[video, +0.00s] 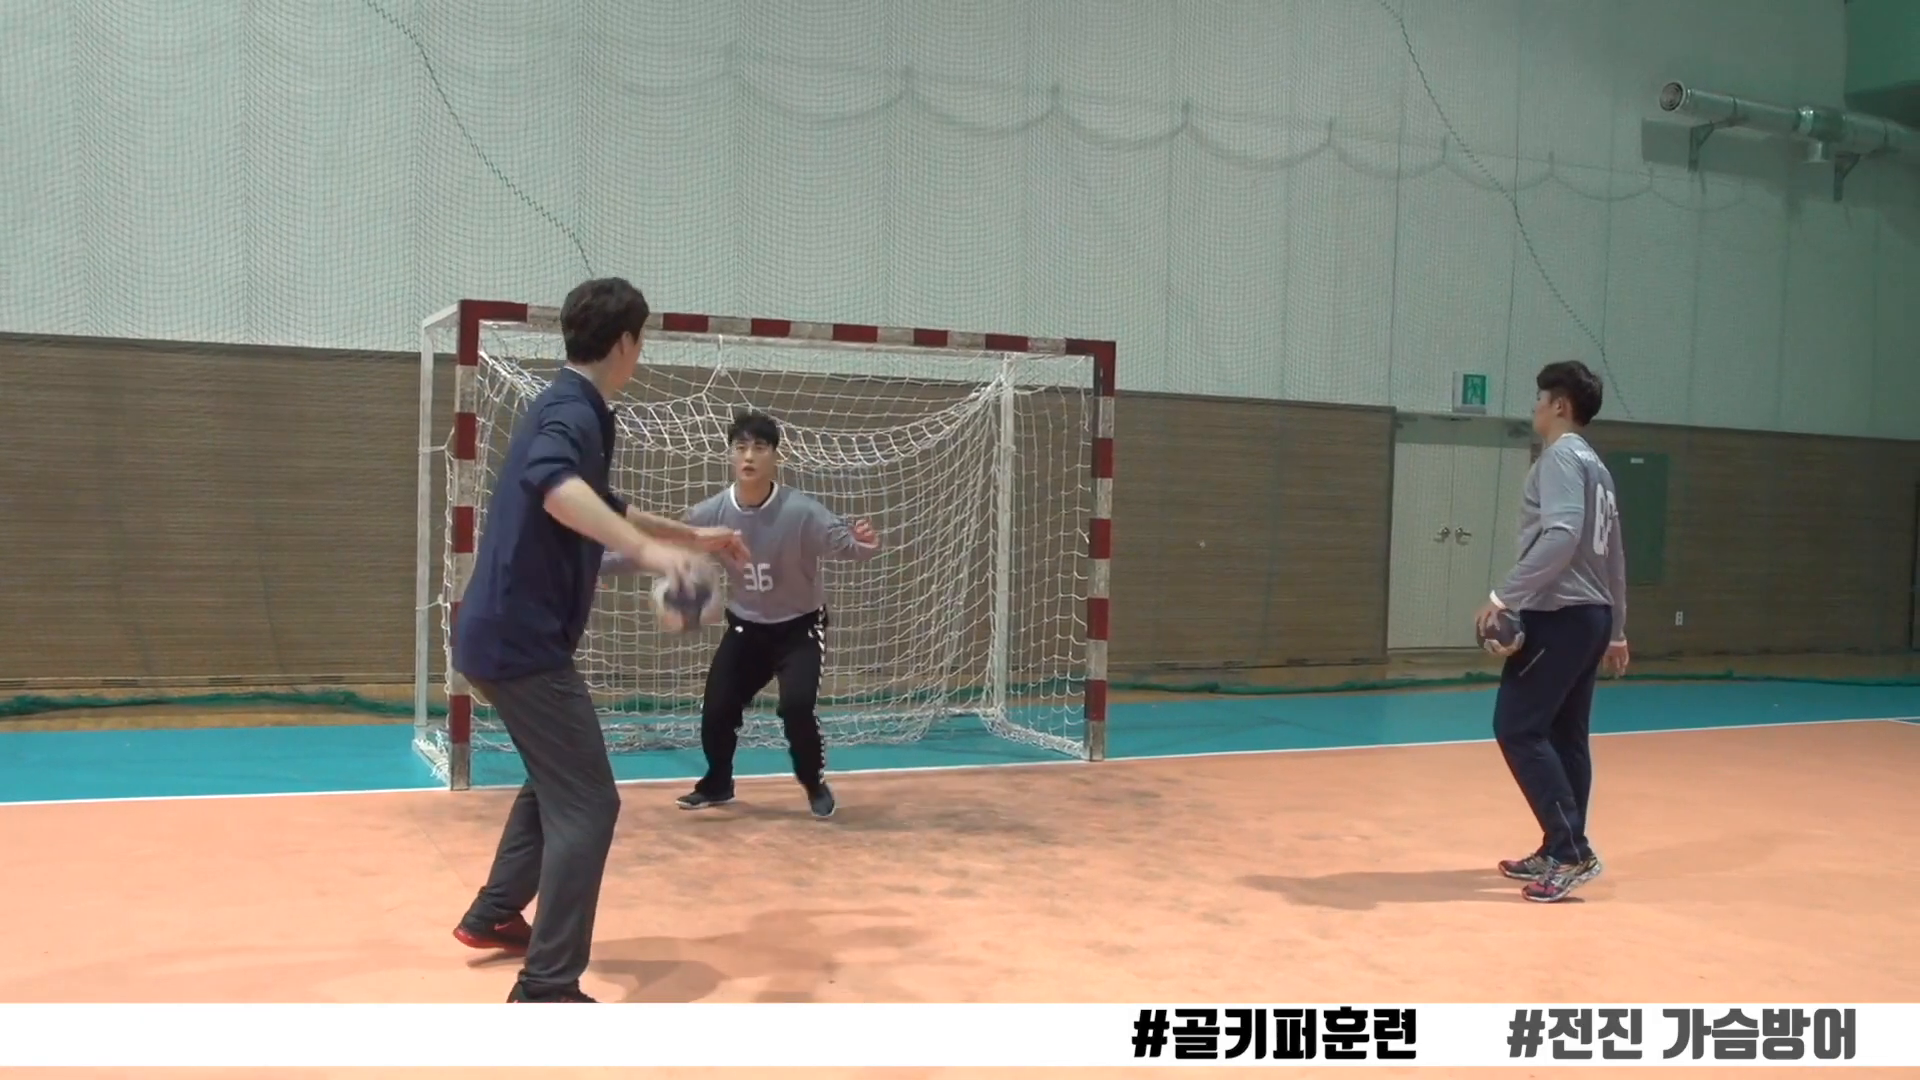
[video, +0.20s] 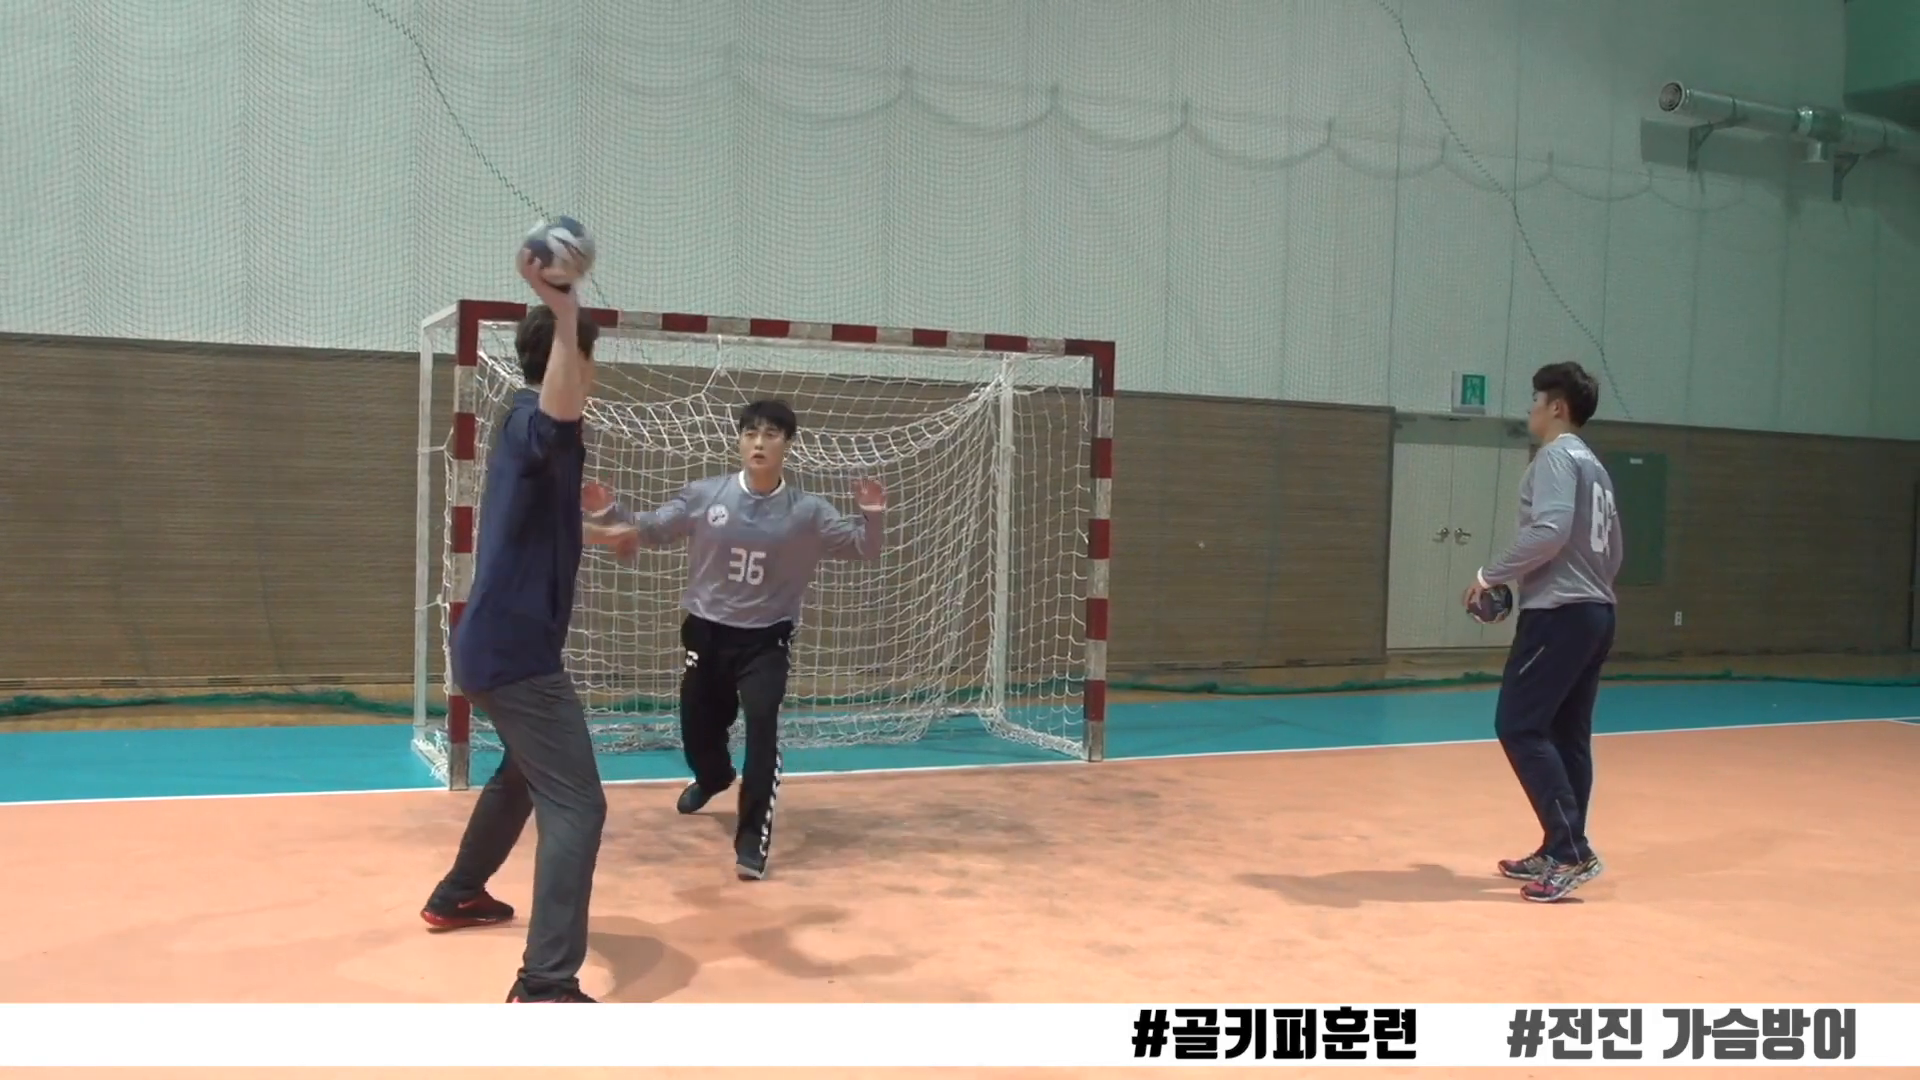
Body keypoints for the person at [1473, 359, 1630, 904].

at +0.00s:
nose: (1534, 409)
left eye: (1540, 398)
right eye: (1538, 398)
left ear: (1560, 404)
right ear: (1574, 409)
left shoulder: (1560, 455)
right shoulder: (1596, 468)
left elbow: (1560, 537)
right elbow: (1613, 557)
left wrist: (1504, 596)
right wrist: (1617, 629)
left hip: (1559, 617)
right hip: (1590, 618)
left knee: (1517, 728)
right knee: (1568, 733)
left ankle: (1571, 853)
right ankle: (1562, 850)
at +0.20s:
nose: (1529, 410)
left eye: (1535, 400)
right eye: (1533, 400)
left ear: (1556, 406)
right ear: (1569, 410)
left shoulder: (1556, 456)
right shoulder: (1594, 468)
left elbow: (1550, 533)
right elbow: (1611, 551)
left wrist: (1490, 576)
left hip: (1560, 615)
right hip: (1594, 615)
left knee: (1519, 726)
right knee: (1569, 730)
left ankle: (1570, 853)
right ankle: (1561, 849)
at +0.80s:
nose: (1520, 407)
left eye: (1528, 397)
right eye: (1523, 398)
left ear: (1552, 405)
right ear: (1554, 407)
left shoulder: (1563, 457)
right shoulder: (1552, 459)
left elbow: (1553, 538)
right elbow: (1547, 538)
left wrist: (1495, 558)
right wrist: (1501, 558)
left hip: (1571, 616)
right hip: (1555, 616)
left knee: (1563, 741)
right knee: (1553, 740)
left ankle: (1591, 873)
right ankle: (1558, 854)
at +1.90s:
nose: (1501, 415)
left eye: (1509, 407)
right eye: (1503, 406)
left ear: (1538, 415)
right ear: (1526, 414)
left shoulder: (1581, 476)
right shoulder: (1505, 475)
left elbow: (1626, 547)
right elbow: (1485, 538)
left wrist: (1553, 585)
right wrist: (1476, 570)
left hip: (1574, 633)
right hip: (1522, 631)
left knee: (1561, 746)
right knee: (1525, 744)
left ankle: (1592, 877)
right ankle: (1555, 852)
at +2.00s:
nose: (1495, 416)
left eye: (1502, 408)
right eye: (1497, 407)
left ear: (1530, 415)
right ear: (1522, 415)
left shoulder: (1573, 474)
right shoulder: (1501, 475)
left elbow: (1637, 526)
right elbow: (1483, 541)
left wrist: (1600, 566)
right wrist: (1460, 585)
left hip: (1566, 635)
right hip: (1516, 634)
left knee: (1557, 745)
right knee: (1507, 732)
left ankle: (1591, 877)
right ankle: (1550, 843)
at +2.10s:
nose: (1489, 421)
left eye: (1496, 413)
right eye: (1490, 412)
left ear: (1523, 418)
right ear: (1512, 418)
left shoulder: (1570, 478)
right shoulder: (1496, 480)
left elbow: (1621, 507)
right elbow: (1480, 553)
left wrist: (1626, 497)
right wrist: (1446, 603)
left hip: (1562, 634)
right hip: (1510, 632)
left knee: (1552, 746)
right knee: (1478, 721)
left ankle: (1591, 877)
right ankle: (1530, 828)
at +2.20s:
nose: (1478, 431)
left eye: (1483, 421)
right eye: (1479, 422)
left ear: (1506, 425)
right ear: (1508, 425)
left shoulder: (1558, 476)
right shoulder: (1490, 487)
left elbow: (1605, 472)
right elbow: (1481, 565)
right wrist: (1446, 617)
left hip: (1551, 635)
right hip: (1503, 634)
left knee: (1541, 746)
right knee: (1469, 719)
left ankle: (1590, 877)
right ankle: (1479, 833)